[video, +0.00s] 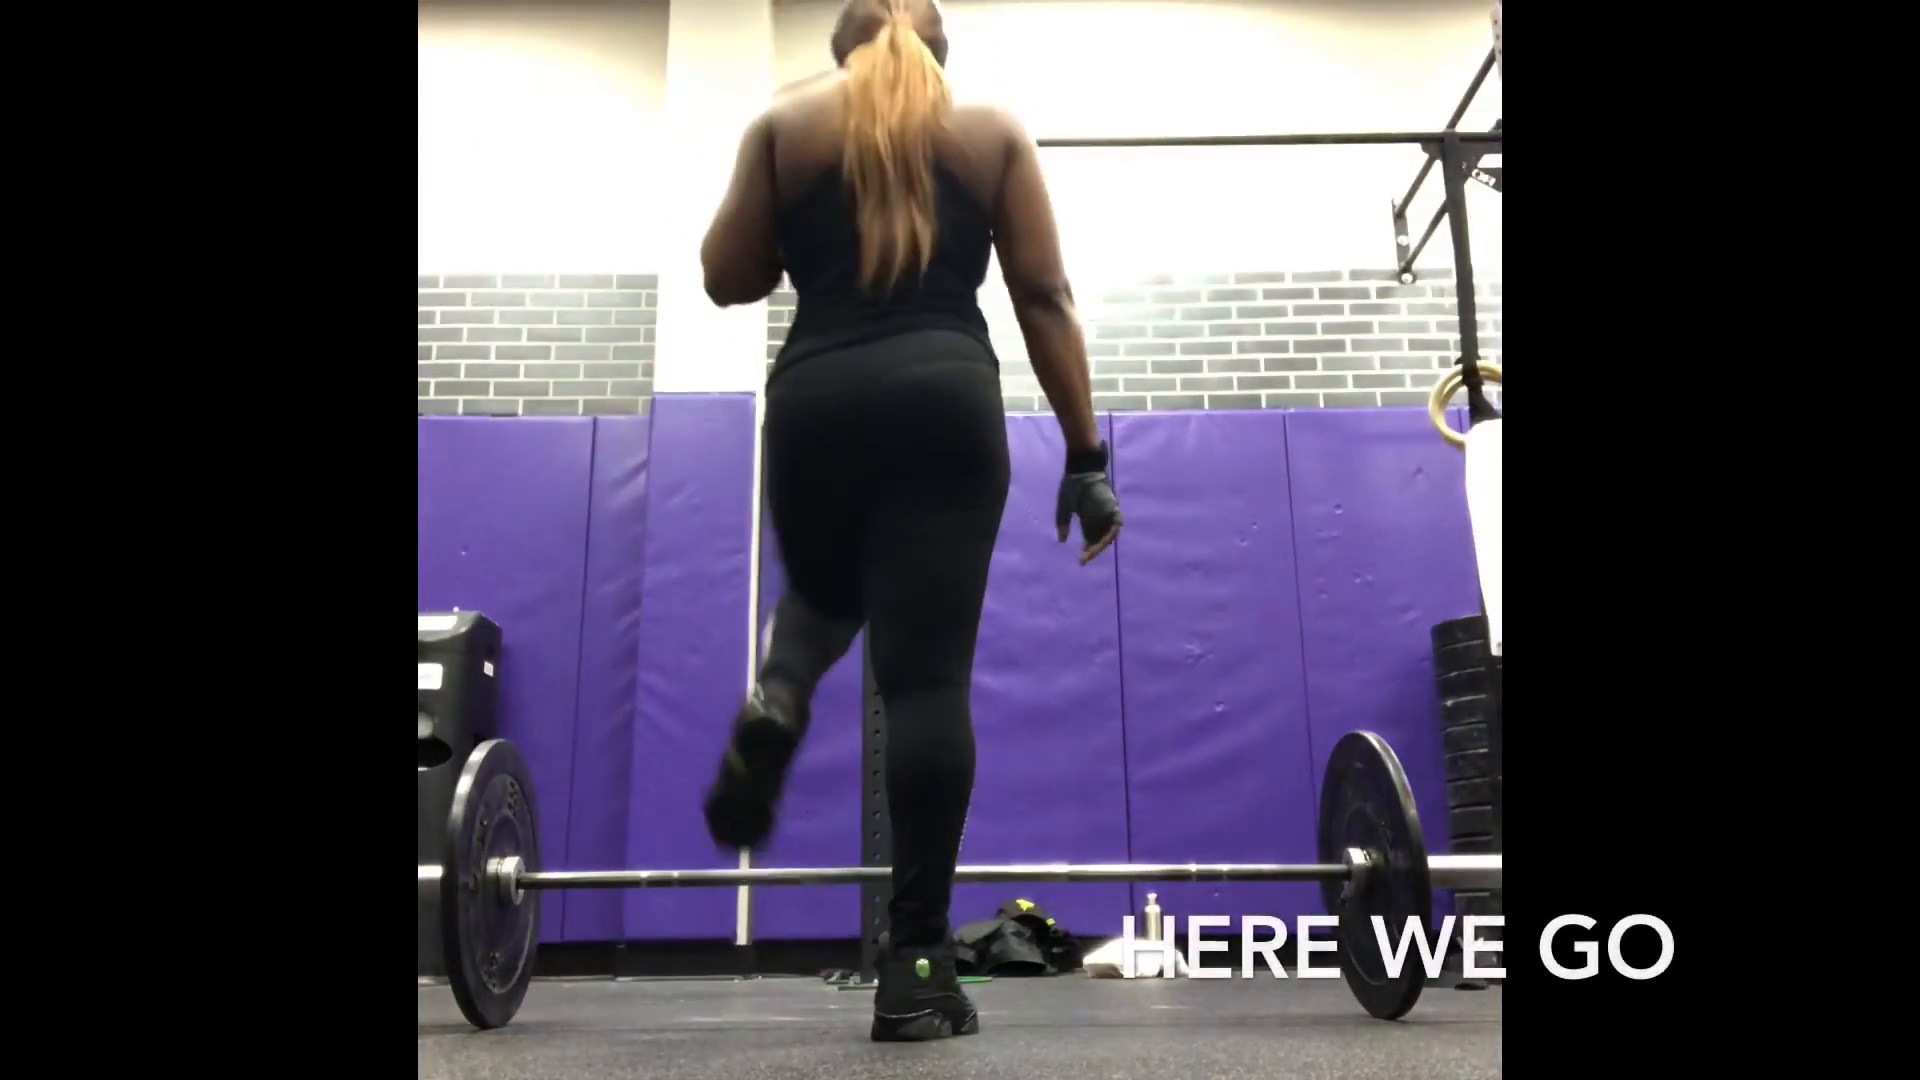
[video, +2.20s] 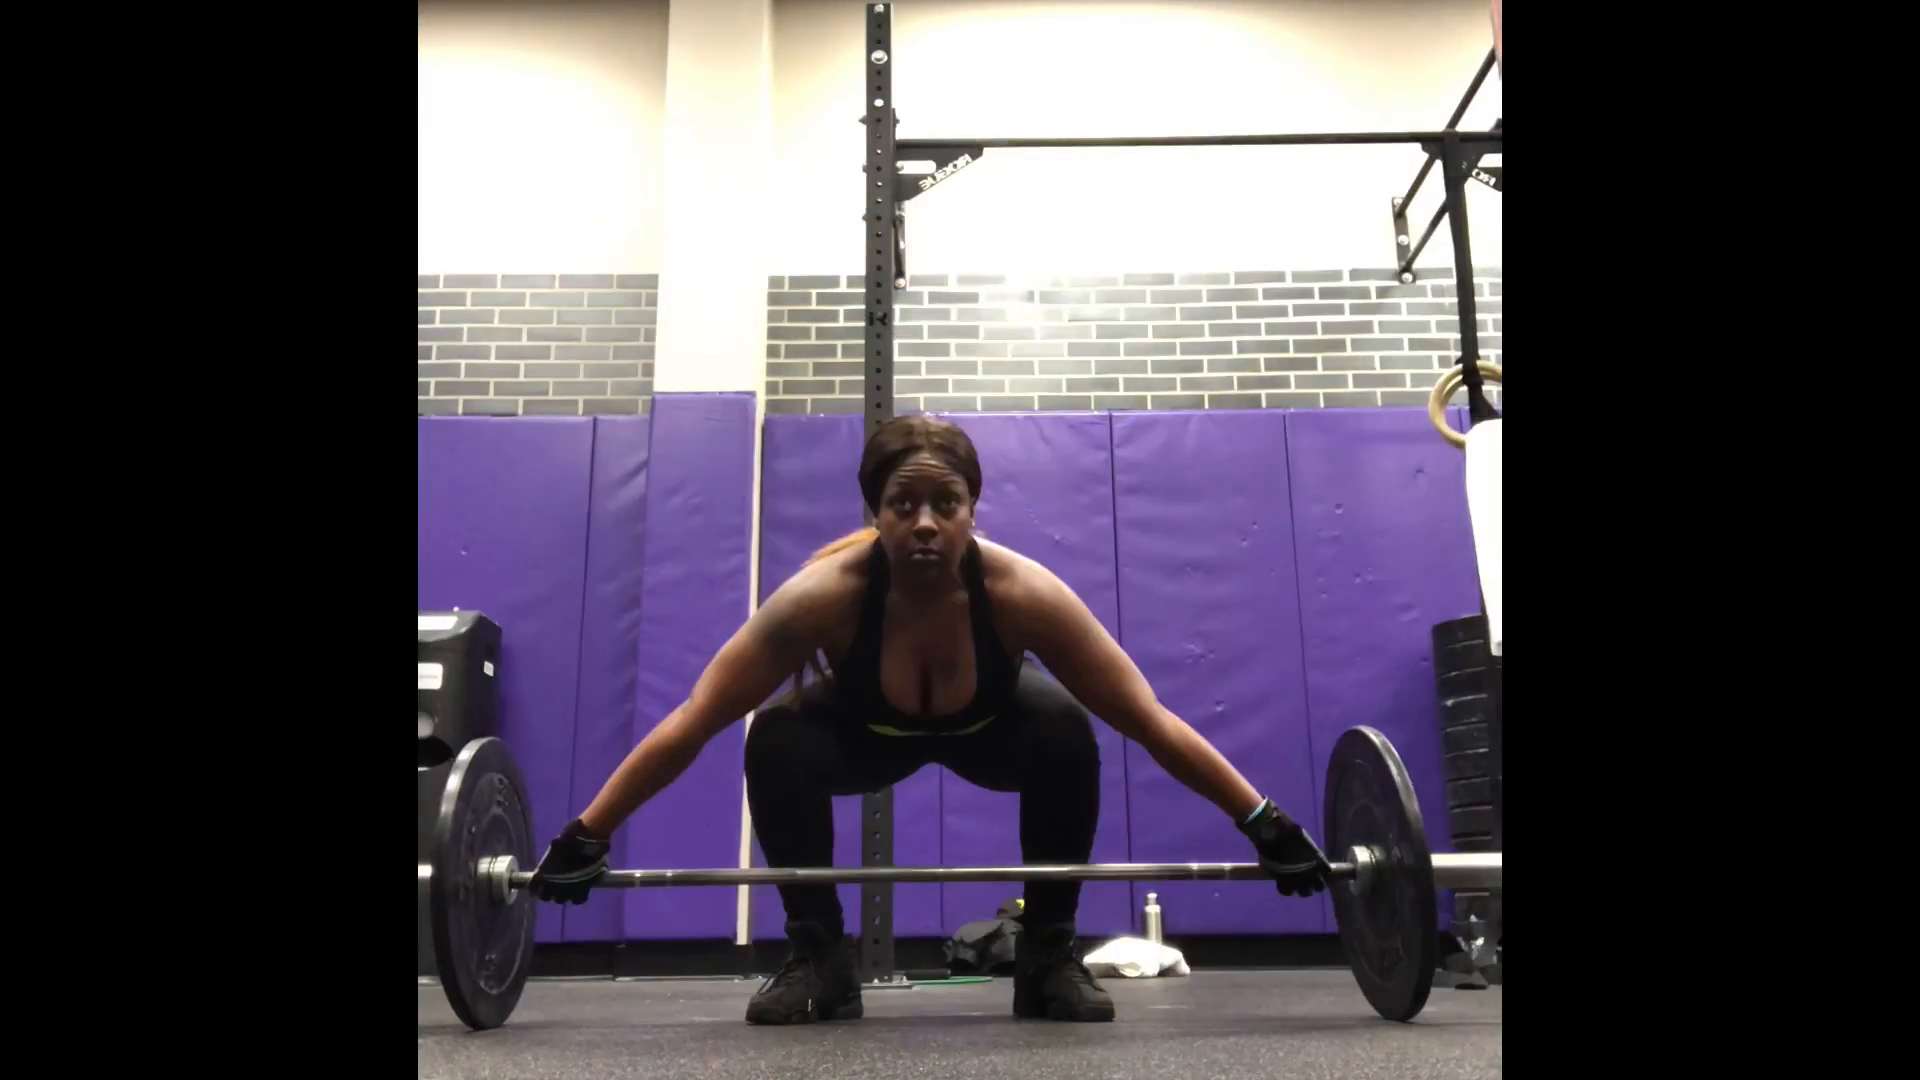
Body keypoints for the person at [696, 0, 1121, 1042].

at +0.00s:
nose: (936, 32)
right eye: (937, 28)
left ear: (843, 47)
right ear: (933, 47)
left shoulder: (785, 123)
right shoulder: (990, 131)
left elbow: (728, 277)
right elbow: (1044, 296)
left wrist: (807, 213)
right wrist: (1086, 453)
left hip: (815, 404)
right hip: (950, 401)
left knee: (822, 600)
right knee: (930, 684)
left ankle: (772, 717)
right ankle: (914, 967)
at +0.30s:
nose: (912, 108)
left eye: (868, 105)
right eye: (921, 101)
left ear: (846, 127)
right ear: (931, 116)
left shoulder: (797, 204)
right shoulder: (976, 183)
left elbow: (769, 350)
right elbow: (1020, 339)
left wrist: (849, 305)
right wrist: (1030, 456)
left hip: (819, 444)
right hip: (932, 438)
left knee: (863, 652)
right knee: (925, 690)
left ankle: (756, 825)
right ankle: (910, 954)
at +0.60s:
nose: (914, 212)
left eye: (900, 195)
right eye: (915, 199)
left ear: (834, 203)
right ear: (906, 204)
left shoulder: (780, 283)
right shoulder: (924, 255)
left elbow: (769, 415)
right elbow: (954, 367)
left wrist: (844, 379)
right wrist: (1019, 493)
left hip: (807, 490)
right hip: (910, 478)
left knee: (836, 731)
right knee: (960, 695)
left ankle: (813, 954)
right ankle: (928, 848)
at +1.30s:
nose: (1013, 264)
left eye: (1012, 250)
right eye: (1005, 249)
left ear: (934, 251)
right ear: (974, 246)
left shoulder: (898, 317)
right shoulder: (966, 281)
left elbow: (829, 432)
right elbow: (920, 320)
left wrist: (904, 492)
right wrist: (1008, 401)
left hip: (912, 522)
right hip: (971, 514)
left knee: (968, 734)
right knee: (994, 728)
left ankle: (868, 894)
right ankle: (986, 942)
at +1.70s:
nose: (1044, 296)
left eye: (1043, 282)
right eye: (1032, 281)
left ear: (999, 290)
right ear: (987, 286)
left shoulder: (991, 363)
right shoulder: (936, 331)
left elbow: (992, 473)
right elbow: (826, 372)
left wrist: (1018, 537)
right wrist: (906, 455)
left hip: (1006, 557)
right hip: (959, 543)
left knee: (1010, 739)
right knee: (980, 731)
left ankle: (991, 938)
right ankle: (977, 944)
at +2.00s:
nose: (1002, 318)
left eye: (1011, 306)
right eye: (987, 304)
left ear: (1017, 311)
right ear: (947, 305)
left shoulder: (1015, 379)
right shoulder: (901, 363)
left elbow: (1023, 453)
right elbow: (805, 404)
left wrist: (1020, 495)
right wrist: (850, 462)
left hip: (1009, 561)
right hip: (928, 549)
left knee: (994, 754)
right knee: (930, 728)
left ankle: (982, 948)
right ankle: (886, 941)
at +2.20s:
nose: (926, 521)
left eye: (944, 503)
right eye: (907, 504)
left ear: (971, 509)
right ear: (877, 513)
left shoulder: (1024, 592)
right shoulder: (824, 592)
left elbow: (1150, 723)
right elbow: (698, 720)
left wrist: (1263, 821)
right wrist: (584, 834)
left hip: (986, 730)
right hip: (867, 733)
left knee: (1065, 738)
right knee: (778, 746)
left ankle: (1050, 961)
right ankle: (819, 962)